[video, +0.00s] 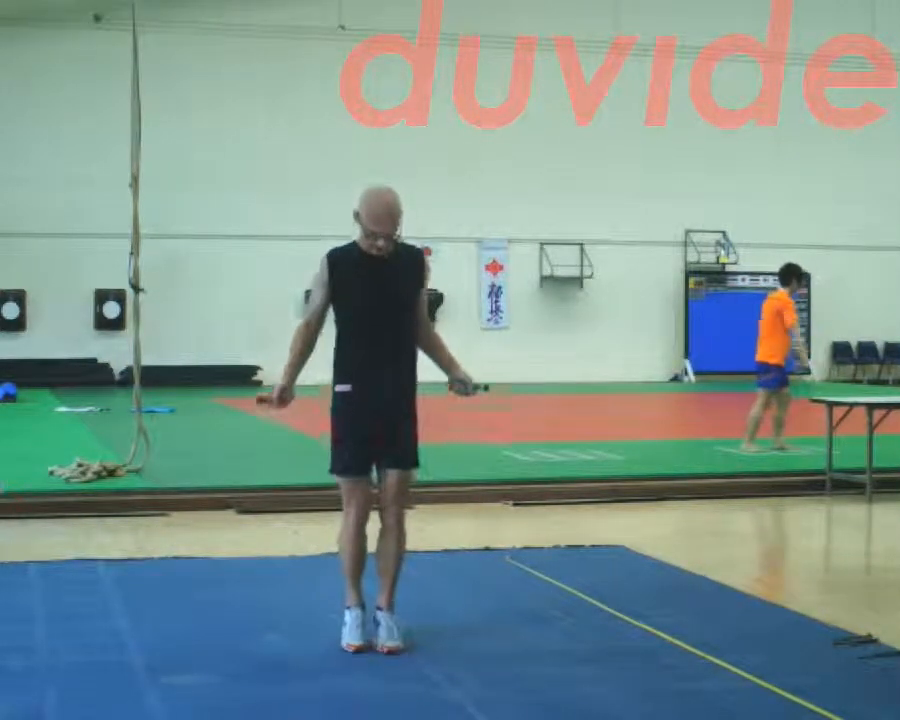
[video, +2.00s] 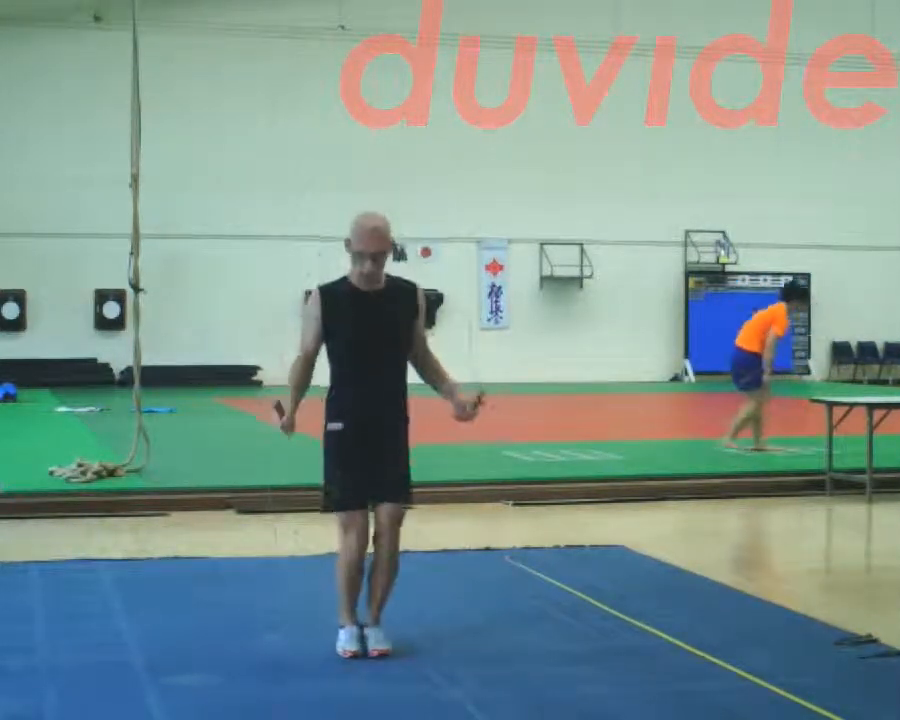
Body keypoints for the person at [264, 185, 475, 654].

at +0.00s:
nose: (382, 244)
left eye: (390, 235)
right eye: (374, 236)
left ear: (401, 223)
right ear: (358, 221)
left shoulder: (414, 262)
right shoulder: (335, 264)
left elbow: (421, 328)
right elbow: (310, 325)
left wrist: (454, 371)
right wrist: (287, 380)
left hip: (399, 396)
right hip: (353, 397)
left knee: (394, 505)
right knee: (357, 506)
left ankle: (385, 611)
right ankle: (353, 609)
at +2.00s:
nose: (371, 267)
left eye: (379, 257)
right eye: (362, 257)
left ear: (391, 251)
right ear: (347, 251)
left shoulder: (410, 296)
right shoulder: (323, 300)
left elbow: (420, 354)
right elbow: (306, 357)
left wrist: (454, 394)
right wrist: (291, 403)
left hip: (392, 424)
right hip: (345, 425)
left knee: (389, 525)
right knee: (354, 529)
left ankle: (373, 623)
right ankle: (348, 624)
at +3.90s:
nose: (377, 238)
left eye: (385, 229)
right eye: (369, 229)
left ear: (397, 221)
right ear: (355, 219)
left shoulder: (414, 260)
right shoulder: (332, 263)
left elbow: (429, 328)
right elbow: (309, 327)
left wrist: (452, 384)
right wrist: (284, 385)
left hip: (396, 391)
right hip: (350, 393)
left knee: (395, 497)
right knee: (354, 499)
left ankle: (386, 603)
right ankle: (353, 605)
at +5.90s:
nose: (375, 208)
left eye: (384, 200)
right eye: (367, 199)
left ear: (397, 201)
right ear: (355, 201)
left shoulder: (417, 250)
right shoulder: (333, 253)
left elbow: (432, 313)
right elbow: (313, 316)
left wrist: (465, 360)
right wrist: (290, 369)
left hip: (395, 370)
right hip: (348, 370)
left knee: (396, 458)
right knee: (360, 460)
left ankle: (388, 570)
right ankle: (356, 573)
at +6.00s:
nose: (374, 249)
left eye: (382, 240)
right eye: (366, 240)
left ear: (396, 243)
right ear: (355, 242)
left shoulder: (415, 294)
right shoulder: (333, 294)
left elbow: (427, 358)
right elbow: (318, 358)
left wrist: (466, 382)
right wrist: (302, 391)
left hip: (395, 417)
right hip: (348, 417)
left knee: (393, 520)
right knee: (359, 521)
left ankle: (382, 615)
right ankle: (348, 614)